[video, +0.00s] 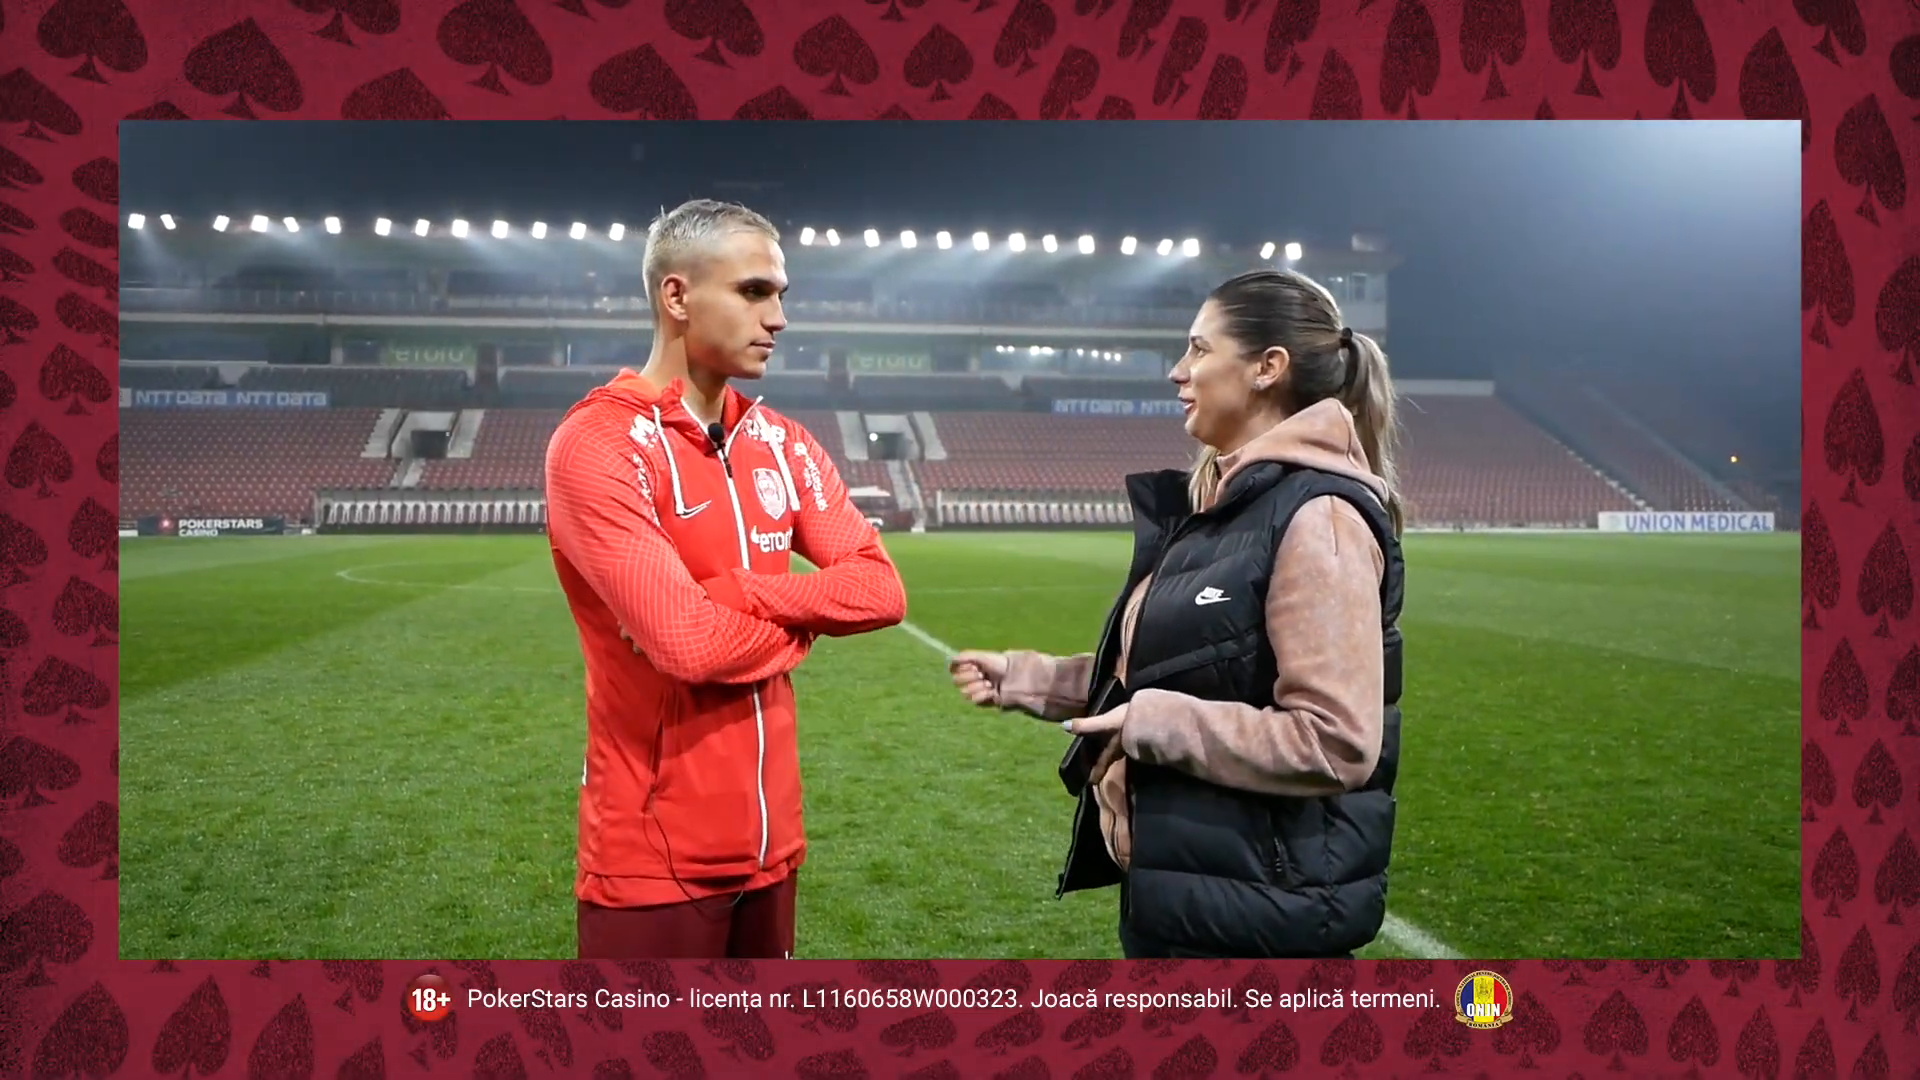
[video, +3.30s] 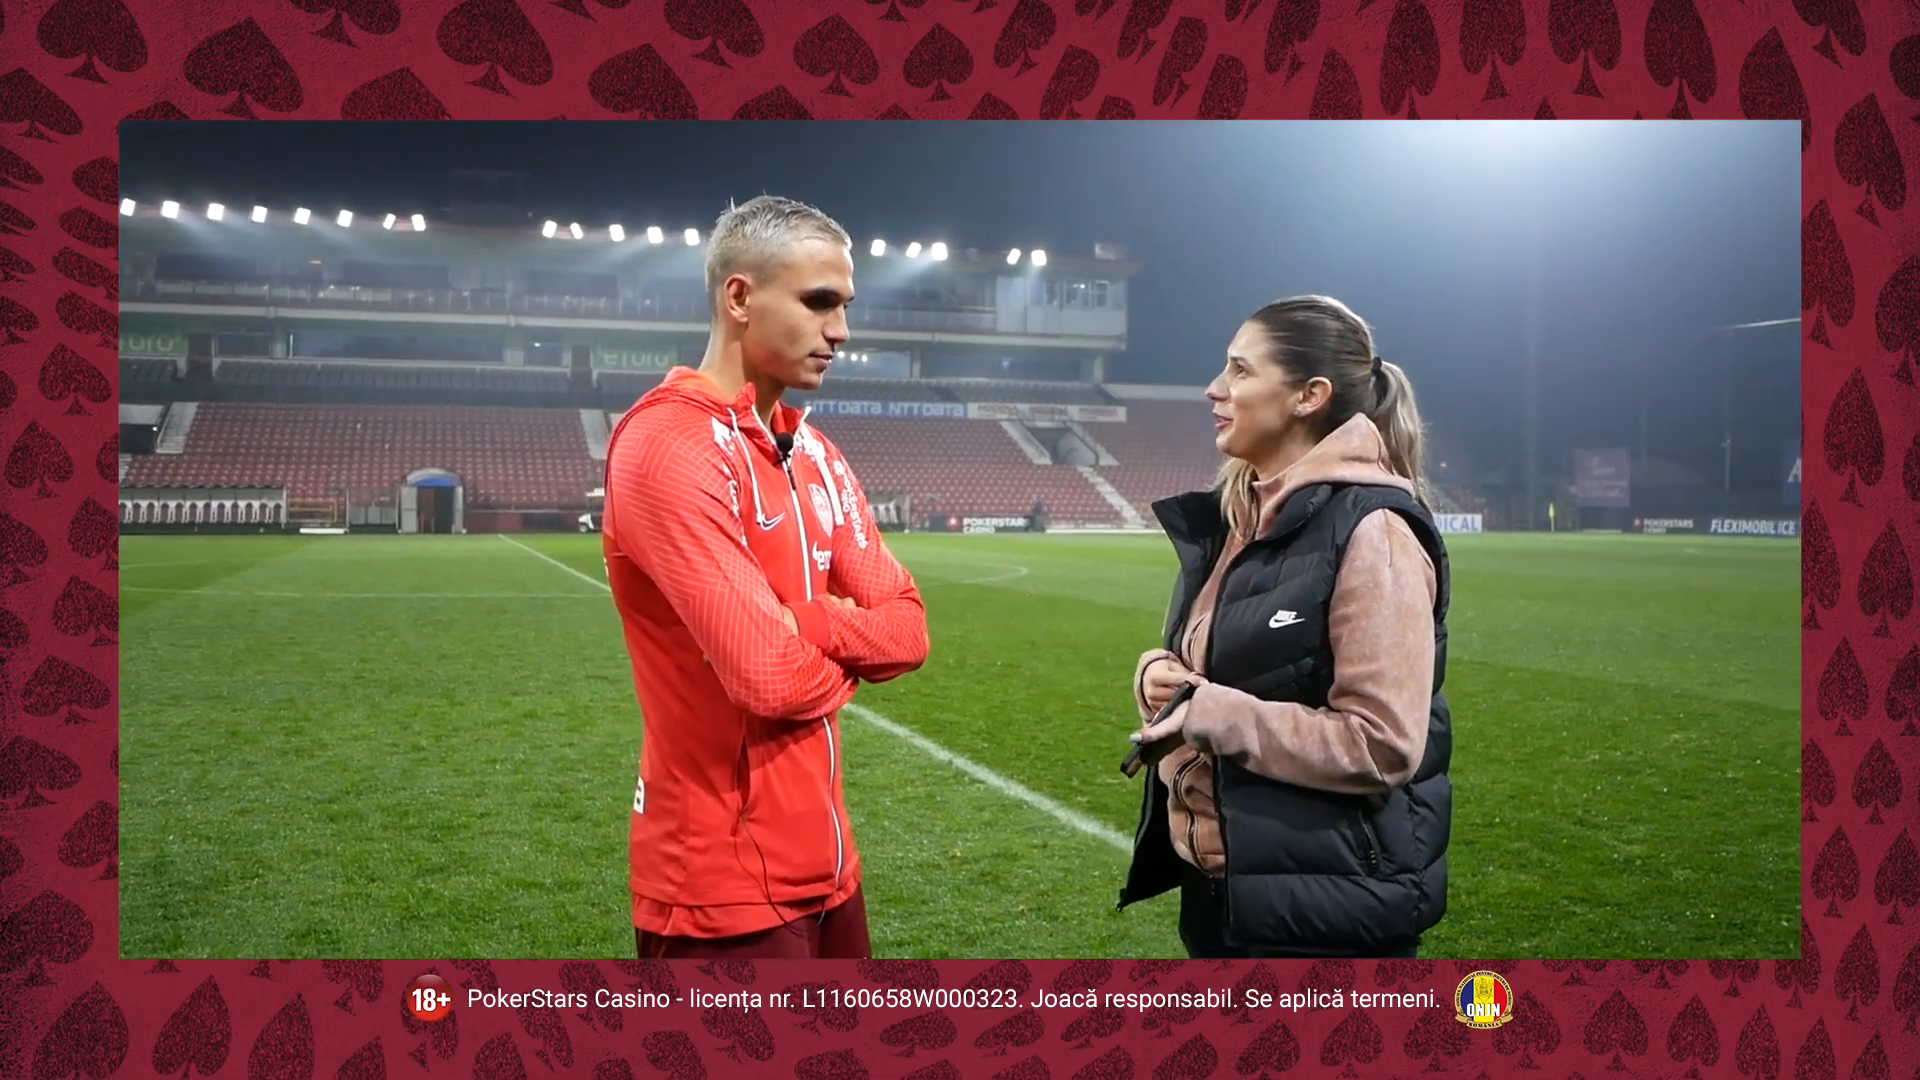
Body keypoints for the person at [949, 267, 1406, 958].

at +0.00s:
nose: (1177, 373)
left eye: (1199, 350)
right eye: (1186, 351)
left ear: (1269, 366)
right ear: (1260, 367)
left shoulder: (1321, 518)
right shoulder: (1225, 502)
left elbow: (1335, 742)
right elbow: (1178, 687)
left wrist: (1159, 723)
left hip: (1255, 920)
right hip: (1186, 907)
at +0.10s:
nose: (1174, 374)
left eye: (1195, 351)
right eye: (1183, 353)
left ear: (1265, 369)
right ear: (1257, 370)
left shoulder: (1314, 521)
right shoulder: (1223, 506)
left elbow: (1329, 743)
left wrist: (1149, 724)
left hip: (1253, 922)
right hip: (1187, 911)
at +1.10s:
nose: (1176, 388)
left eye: (1197, 366)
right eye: (1185, 367)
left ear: (1266, 385)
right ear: (1260, 387)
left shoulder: (1317, 523)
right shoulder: (1236, 508)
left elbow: (1326, 736)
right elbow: (1209, 685)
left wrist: (1148, 720)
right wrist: (1083, 668)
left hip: (1273, 912)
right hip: (1213, 901)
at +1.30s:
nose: (1191, 393)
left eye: (1213, 371)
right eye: (1199, 372)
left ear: (1283, 386)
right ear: (1274, 386)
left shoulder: (1335, 523)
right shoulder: (1246, 512)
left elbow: (1265, 708)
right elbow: (1163, 665)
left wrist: (1102, 629)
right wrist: (1045, 590)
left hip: (1293, 911)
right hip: (1227, 902)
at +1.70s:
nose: (1198, 391)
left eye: (1218, 370)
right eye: (1205, 371)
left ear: (1288, 387)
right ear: (1285, 389)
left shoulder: (1342, 526)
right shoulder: (1246, 512)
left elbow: (1287, 729)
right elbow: (1167, 669)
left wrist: (1118, 664)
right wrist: (1049, 615)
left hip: (1294, 911)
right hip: (1223, 901)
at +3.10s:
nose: (1194, 395)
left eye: (1217, 374)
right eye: (1202, 374)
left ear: (1287, 397)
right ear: (1281, 399)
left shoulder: (1356, 537)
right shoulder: (1237, 521)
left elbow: (1357, 748)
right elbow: (1204, 673)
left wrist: (1198, 723)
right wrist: (1137, 669)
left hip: (1308, 907)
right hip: (1220, 896)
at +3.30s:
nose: (1215, 391)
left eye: (1240, 371)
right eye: (1224, 370)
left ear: (1311, 395)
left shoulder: (1376, 533)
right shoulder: (1249, 518)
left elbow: (1382, 742)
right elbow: (1218, 666)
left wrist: (1214, 714)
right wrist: (1157, 672)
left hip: (1327, 907)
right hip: (1231, 893)